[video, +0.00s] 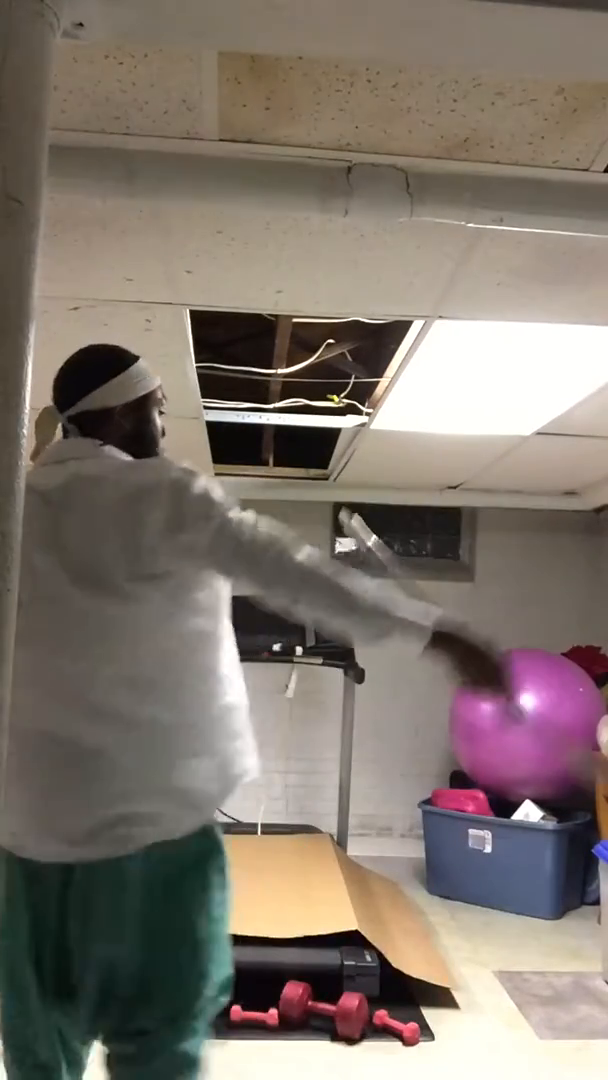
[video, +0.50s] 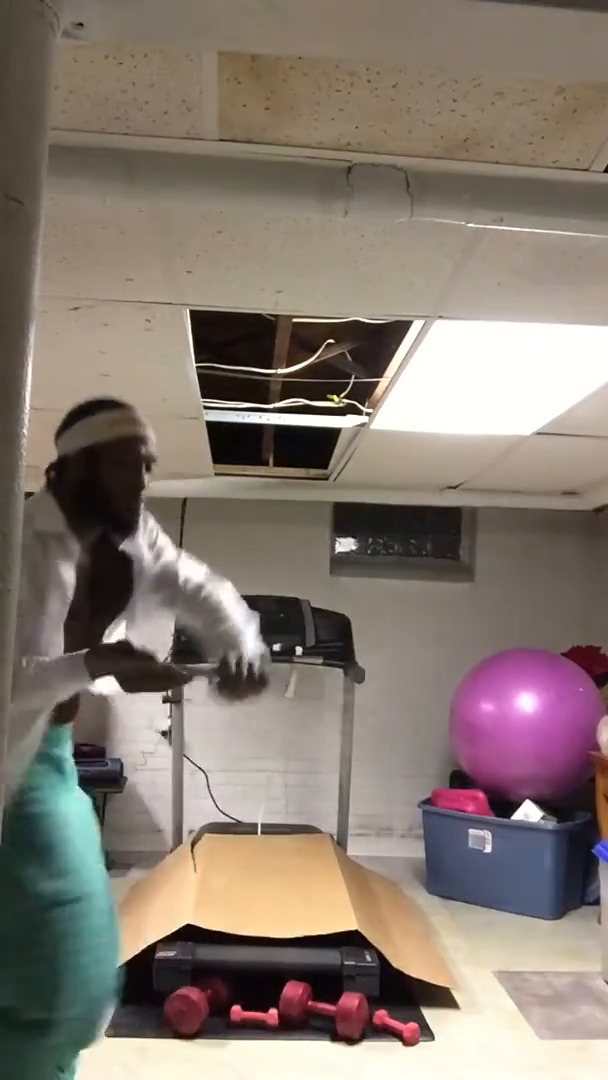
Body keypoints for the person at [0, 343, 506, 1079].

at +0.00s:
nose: (162, 422)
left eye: (159, 407)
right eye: (152, 407)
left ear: (73, 420)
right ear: (116, 415)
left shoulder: (17, 499)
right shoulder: (166, 496)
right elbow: (293, 572)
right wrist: (439, 631)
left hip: (25, 829)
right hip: (152, 831)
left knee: (37, 1056)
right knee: (161, 1054)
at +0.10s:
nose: (159, 434)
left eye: (155, 416)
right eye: (145, 416)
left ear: (67, 427)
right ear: (100, 424)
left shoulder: (21, 501)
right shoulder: (134, 508)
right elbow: (242, 617)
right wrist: (383, 678)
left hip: (17, 814)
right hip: (128, 812)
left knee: (29, 1031)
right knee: (139, 1027)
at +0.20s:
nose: (154, 433)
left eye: (150, 416)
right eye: (138, 416)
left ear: (77, 429)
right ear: (84, 425)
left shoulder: (33, 500)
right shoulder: (96, 505)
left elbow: (89, 617)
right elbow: (153, 658)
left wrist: (192, 591)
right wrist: (295, 700)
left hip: (27, 802)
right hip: (102, 802)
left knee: (33, 1018)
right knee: (134, 1011)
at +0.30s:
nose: (152, 438)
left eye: (150, 422)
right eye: (137, 422)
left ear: (94, 435)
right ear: (85, 434)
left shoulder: (105, 512)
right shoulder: (59, 517)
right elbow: (63, 670)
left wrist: (221, 593)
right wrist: (204, 695)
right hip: (76, 809)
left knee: (37, 999)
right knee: (137, 989)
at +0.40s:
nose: (150, 452)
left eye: (149, 438)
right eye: (134, 437)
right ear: (79, 448)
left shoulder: (142, 528)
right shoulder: (30, 528)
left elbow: (222, 566)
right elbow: (16, 678)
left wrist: (254, 621)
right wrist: (126, 672)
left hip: (59, 769)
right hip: (26, 772)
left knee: (23, 985)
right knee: (112, 979)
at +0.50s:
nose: (147, 482)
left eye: (149, 467)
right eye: (135, 465)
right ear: (78, 466)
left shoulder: (134, 535)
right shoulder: (20, 538)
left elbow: (199, 587)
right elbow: (11, 686)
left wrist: (242, 638)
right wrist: (98, 663)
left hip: (46, 757)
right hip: (14, 760)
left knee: (75, 979)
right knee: (69, 981)